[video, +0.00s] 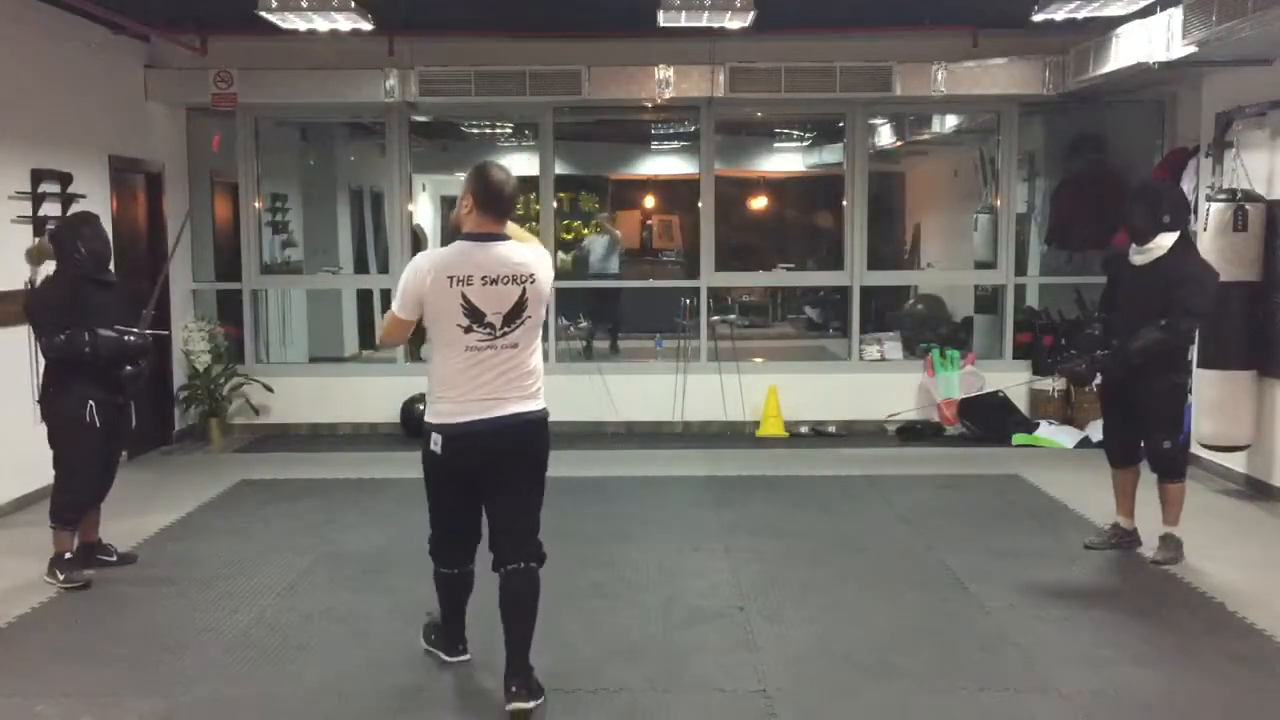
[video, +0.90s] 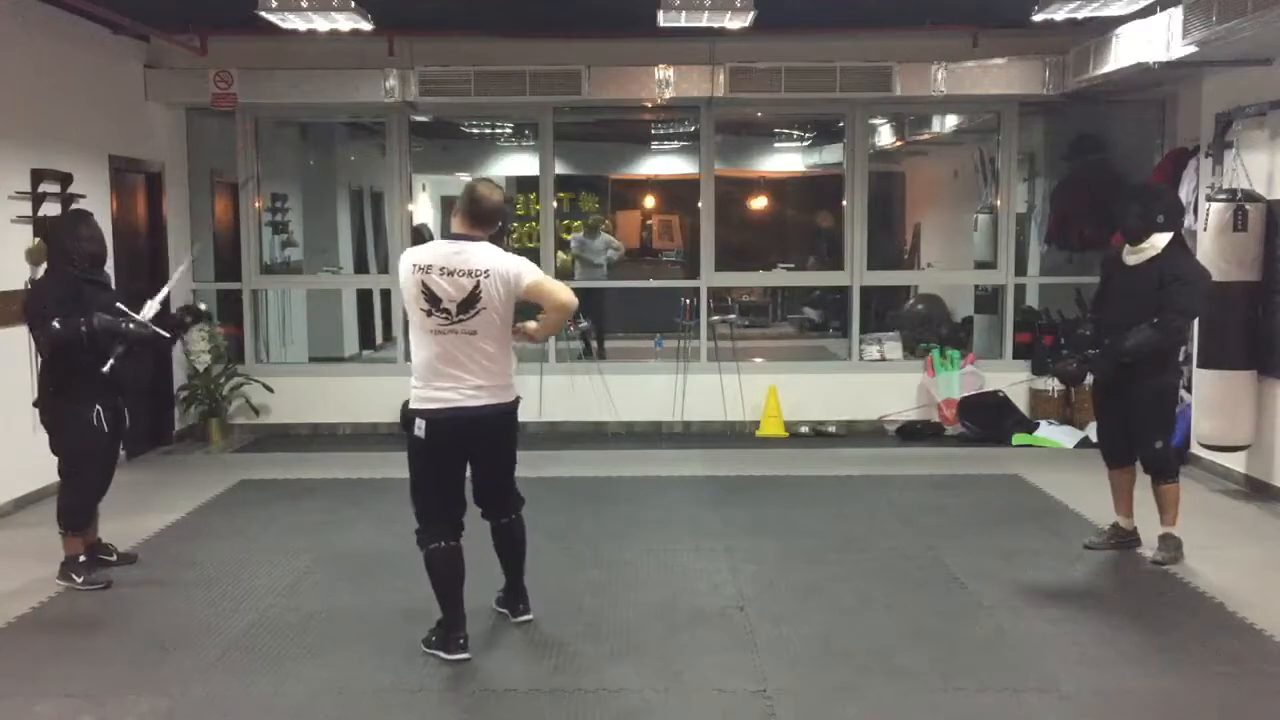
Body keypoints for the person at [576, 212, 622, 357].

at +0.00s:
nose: (602, 224)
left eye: (605, 222)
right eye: (600, 221)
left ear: (611, 222)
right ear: (597, 223)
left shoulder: (614, 237)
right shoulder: (591, 238)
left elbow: (616, 236)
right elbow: (582, 251)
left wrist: (603, 223)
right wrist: (577, 249)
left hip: (611, 276)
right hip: (593, 276)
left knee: (613, 311)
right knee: (592, 311)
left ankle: (614, 342)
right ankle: (588, 344)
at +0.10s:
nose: (599, 224)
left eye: (603, 221)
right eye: (597, 221)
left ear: (608, 223)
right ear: (593, 223)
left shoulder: (611, 238)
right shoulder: (586, 238)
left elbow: (614, 236)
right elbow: (576, 255)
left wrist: (601, 224)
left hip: (607, 277)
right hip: (589, 277)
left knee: (610, 312)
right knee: (588, 313)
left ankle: (613, 344)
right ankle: (588, 347)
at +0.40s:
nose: (593, 223)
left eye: (595, 220)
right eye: (590, 220)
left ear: (599, 221)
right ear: (585, 222)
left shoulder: (603, 235)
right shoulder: (579, 237)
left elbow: (615, 243)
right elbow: (570, 250)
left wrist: (601, 234)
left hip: (601, 276)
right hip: (584, 276)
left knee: (604, 310)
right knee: (585, 312)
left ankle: (607, 341)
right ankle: (587, 346)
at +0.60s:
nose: (590, 223)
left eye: (593, 220)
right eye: (588, 220)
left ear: (597, 222)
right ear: (583, 222)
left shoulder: (603, 237)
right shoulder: (576, 237)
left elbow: (619, 250)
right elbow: (568, 252)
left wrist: (607, 253)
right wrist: (585, 257)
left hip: (600, 279)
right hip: (582, 280)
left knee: (602, 313)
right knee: (582, 315)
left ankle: (606, 345)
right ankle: (587, 346)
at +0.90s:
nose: (592, 234)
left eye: (595, 231)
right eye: (590, 230)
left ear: (599, 229)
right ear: (585, 228)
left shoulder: (604, 237)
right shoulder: (577, 238)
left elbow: (620, 248)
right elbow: (575, 252)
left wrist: (609, 258)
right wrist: (594, 261)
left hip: (599, 281)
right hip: (582, 282)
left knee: (599, 315)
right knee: (583, 317)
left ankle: (601, 347)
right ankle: (586, 347)